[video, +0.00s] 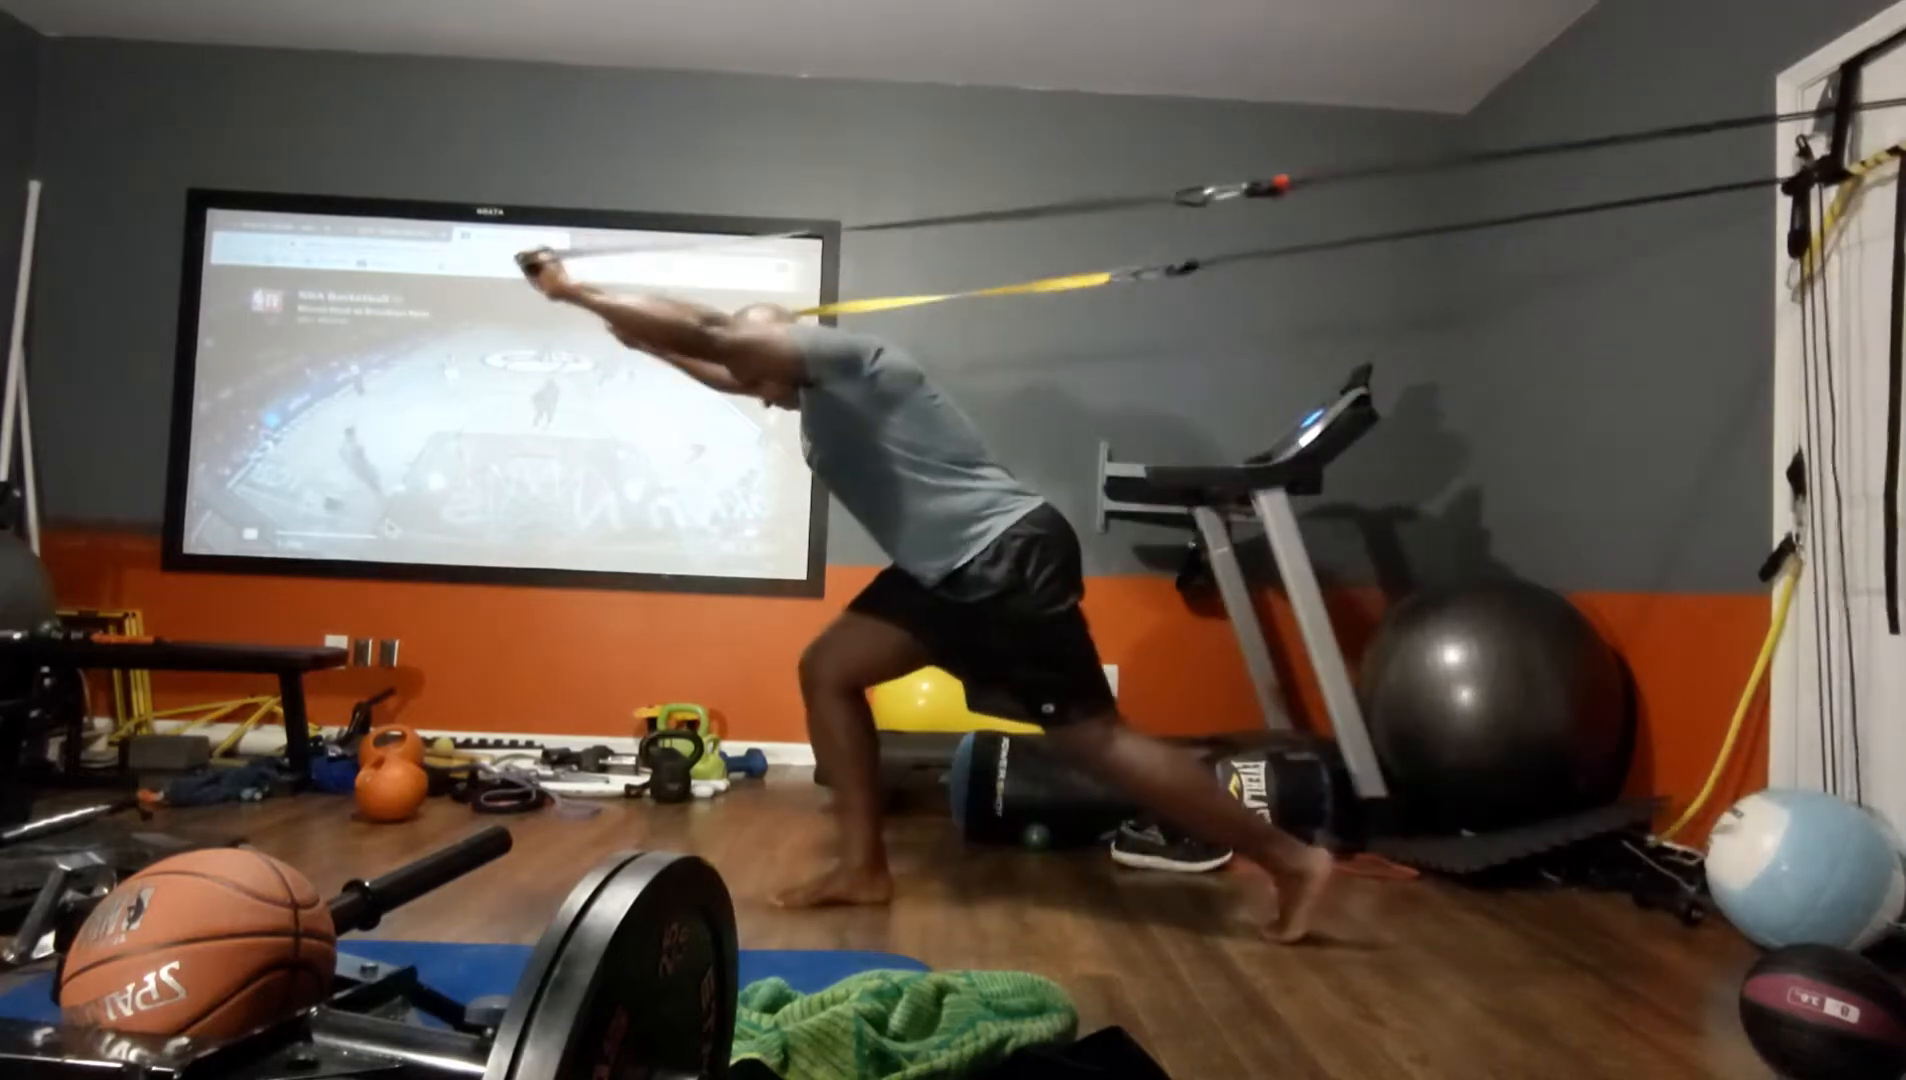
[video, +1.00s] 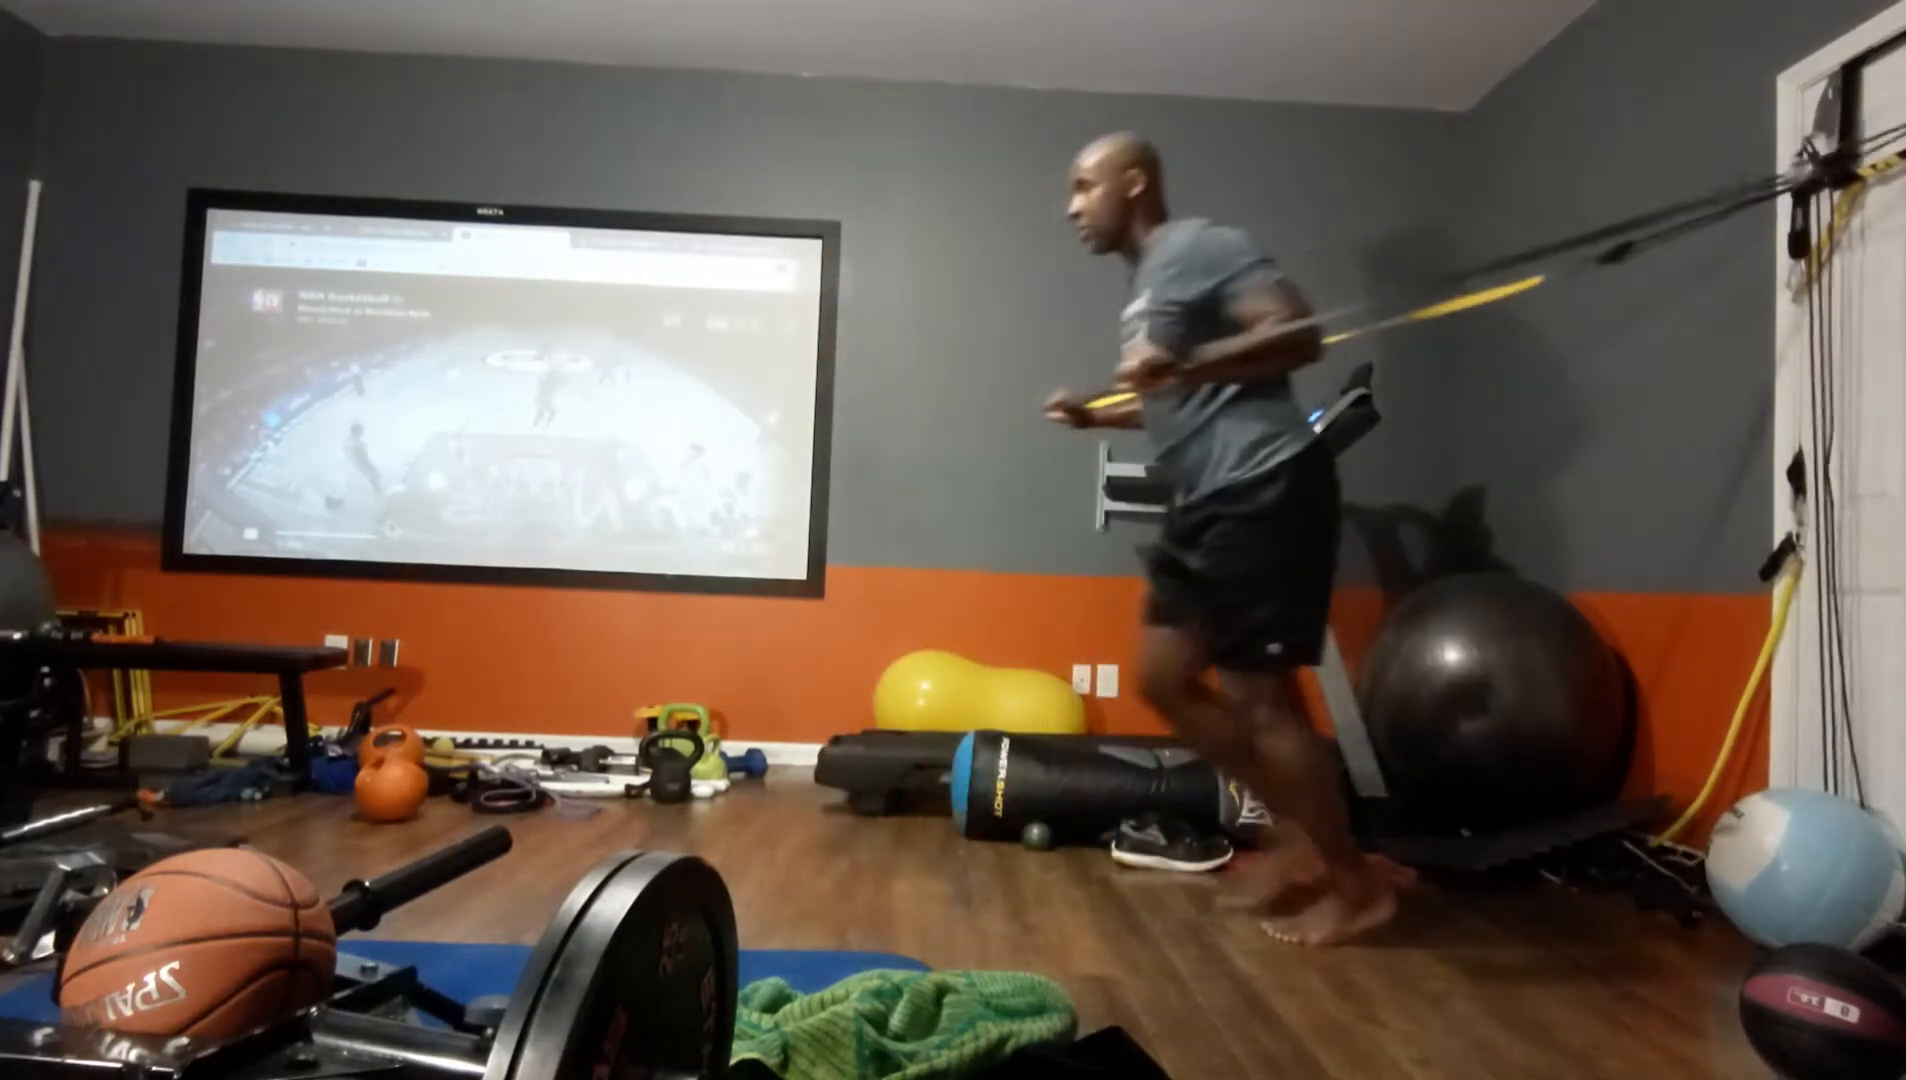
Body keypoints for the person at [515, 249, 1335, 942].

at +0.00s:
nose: (736, 385)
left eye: (738, 363)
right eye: (727, 374)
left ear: (771, 337)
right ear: (785, 348)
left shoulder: (843, 360)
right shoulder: (835, 393)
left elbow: (699, 332)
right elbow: (709, 362)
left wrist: (575, 291)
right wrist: (615, 320)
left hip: (1005, 559)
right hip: (960, 564)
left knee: (1100, 748)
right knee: (827, 671)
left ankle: (1294, 861)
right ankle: (861, 868)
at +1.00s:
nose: (1072, 205)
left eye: (1084, 187)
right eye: (1071, 191)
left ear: (1137, 184)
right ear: (1122, 193)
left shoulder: (1204, 245)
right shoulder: (1146, 289)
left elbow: (1297, 334)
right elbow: (1172, 404)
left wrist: (1187, 368)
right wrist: (1095, 411)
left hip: (1268, 491)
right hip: (1203, 503)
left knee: (1259, 704)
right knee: (1165, 681)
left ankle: (1358, 884)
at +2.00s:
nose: (1025, 265)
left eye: (1028, 243)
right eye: (1015, 254)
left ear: (1074, 219)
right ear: (1032, 251)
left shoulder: (1139, 269)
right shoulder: (1095, 312)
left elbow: (1255, 343)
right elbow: (1143, 413)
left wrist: (1153, 384)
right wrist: (1080, 415)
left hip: (1220, 504)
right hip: (1172, 520)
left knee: (1222, 721)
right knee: (1151, 712)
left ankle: (1354, 885)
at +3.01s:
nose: (757, 330)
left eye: (762, 316)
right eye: (757, 318)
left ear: (801, 299)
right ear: (804, 304)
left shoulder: (868, 328)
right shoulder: (845, 371)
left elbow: (732, 336)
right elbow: (744, 376)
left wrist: (594, 315)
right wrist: (651, 351)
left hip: (1024, 545)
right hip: (958, 558)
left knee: (1097, 749)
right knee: (842, 667)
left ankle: (1280, 867)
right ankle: (861, 872)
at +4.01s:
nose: (1177, 221)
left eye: (1189, 203)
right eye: (1175, 208)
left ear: (1243, 201)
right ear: (1218, 213)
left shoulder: (1299, 266)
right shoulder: (1239, 303)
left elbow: (1395, 359)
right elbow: (1265, 416)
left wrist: (1293, 394)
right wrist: (1179, 421)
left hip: (1348, 498)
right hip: (1311, 506)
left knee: (1267, 689)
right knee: (1352, 689)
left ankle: (1331, 901)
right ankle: (1454, 853)